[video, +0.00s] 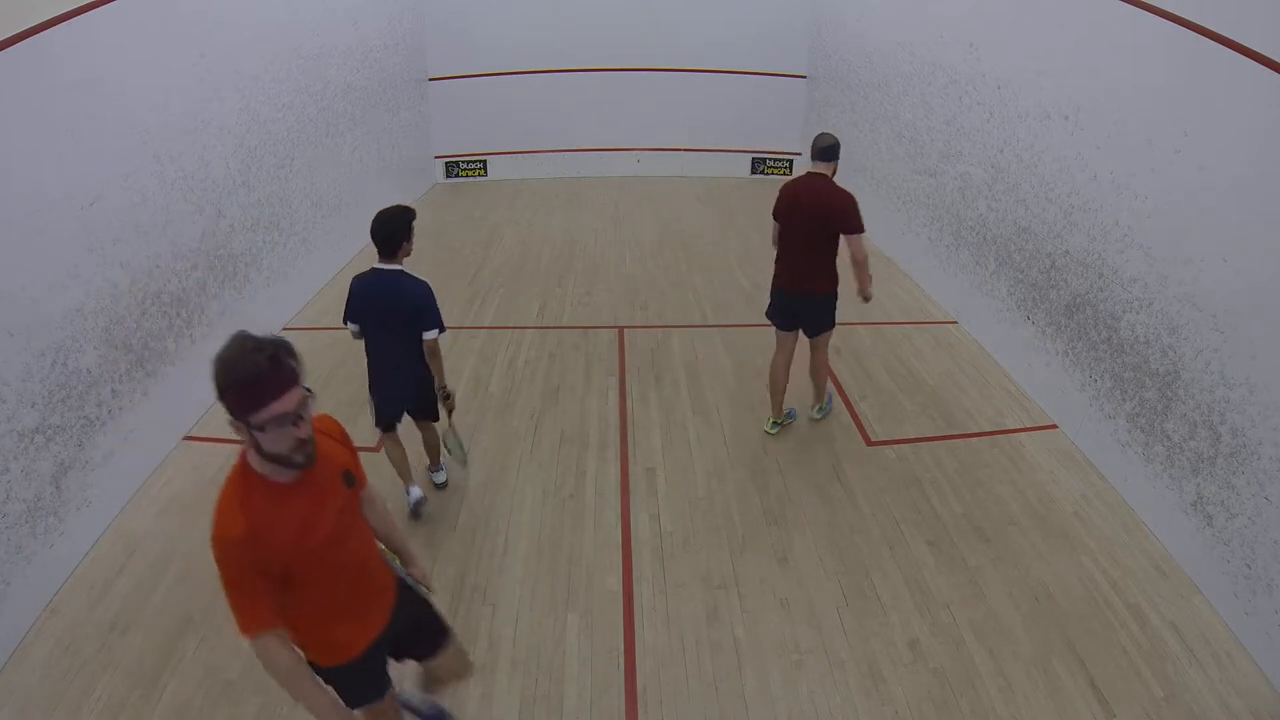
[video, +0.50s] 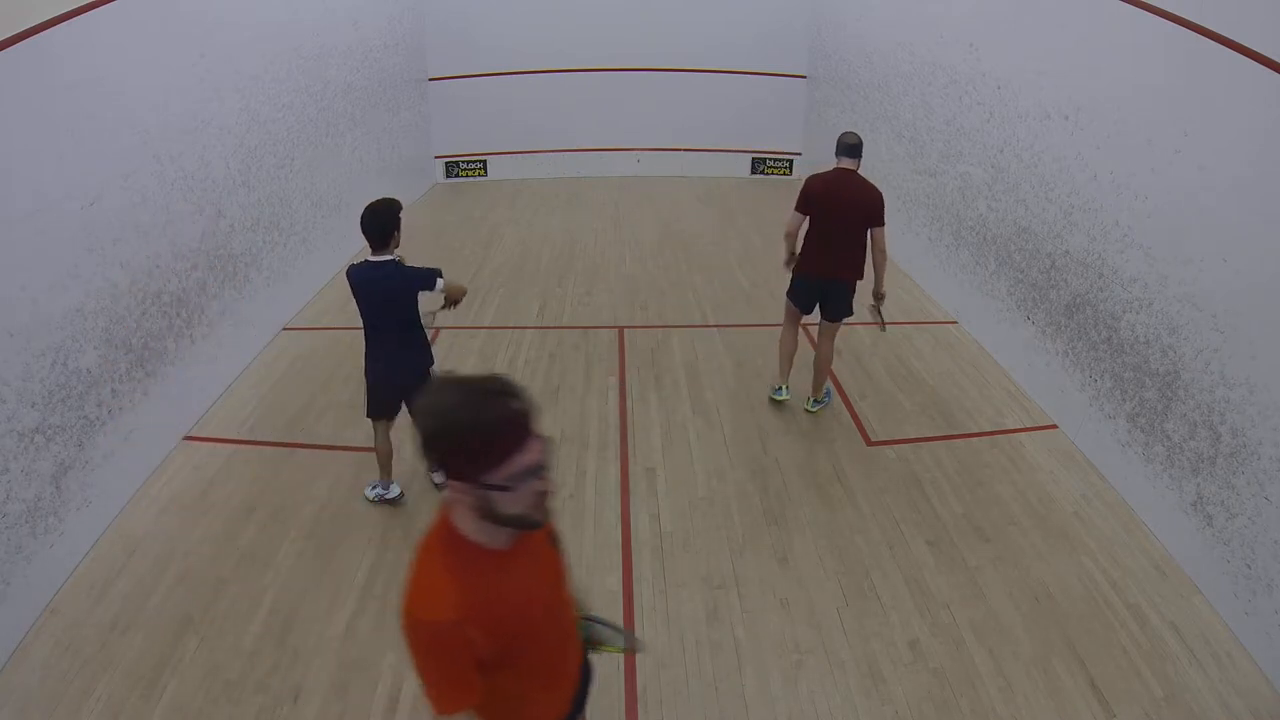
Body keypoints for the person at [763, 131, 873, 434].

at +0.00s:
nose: (832, 163)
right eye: (836, 158)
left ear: (810, 157)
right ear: (837, 160)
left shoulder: (789, 189)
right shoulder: (843, 199)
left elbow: (777, 238)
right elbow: (857, 255)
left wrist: (791, 255)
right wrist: (864, 287)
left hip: (784, 286)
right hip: (821, 290)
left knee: (782, 351)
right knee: (819, 351)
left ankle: (776, 416)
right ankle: (818, 405)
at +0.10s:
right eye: (842, 160)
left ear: (818, 158)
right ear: (843, 161)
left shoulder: (794, 189)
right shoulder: (850, 199)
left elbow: (775, 239)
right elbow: (866, 245)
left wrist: (767, 275)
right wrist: (871, 271)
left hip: (791, 283)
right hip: (827, 288)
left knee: (787, 348)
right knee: (821, 346)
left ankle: (776, 415)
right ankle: (818, 397)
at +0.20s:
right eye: (848, 160)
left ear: (824, 157)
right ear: (850, 161)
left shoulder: (800, 187)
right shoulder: (858, 198)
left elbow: (776, 234)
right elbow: (874, 249)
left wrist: (763, 272)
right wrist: (876, 265)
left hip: (797, 280)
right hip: (832, 286)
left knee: (791, 343)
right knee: (823, 343)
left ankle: (777, 413)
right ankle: (816, 397)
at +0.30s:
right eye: (853, 158)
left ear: (830, 155)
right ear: (856, 159)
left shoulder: (807, 185)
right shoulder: (866, 196)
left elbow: (782, 231)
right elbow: (878, 246)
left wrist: (768, 266)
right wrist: (877, 270)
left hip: (802, 278)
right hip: (837, 284)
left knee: (792, 336)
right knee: (825, 342)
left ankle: (779, 400)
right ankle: (816, 396)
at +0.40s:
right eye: (856, 156)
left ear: (834, 154)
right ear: (859, 157)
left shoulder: (813, 184)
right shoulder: (870, 195)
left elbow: (788, 231)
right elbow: (878, 249)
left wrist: (777, 262)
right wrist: (878, 282)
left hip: (807, 274)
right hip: (842, 281)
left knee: (793, 325)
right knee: (826, 339)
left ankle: (783, 389)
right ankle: (815, 397)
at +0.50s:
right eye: (857, 156)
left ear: (835, 153)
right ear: (861, 157)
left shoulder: (815, 183)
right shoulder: (872, 194)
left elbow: (791, 230)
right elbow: (879, 249)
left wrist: (790, 254)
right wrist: (879, 286)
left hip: (808, 272)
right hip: (843, 279)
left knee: (791, 322)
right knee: (826, 339)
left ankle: (782, 386)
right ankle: (815, 396)